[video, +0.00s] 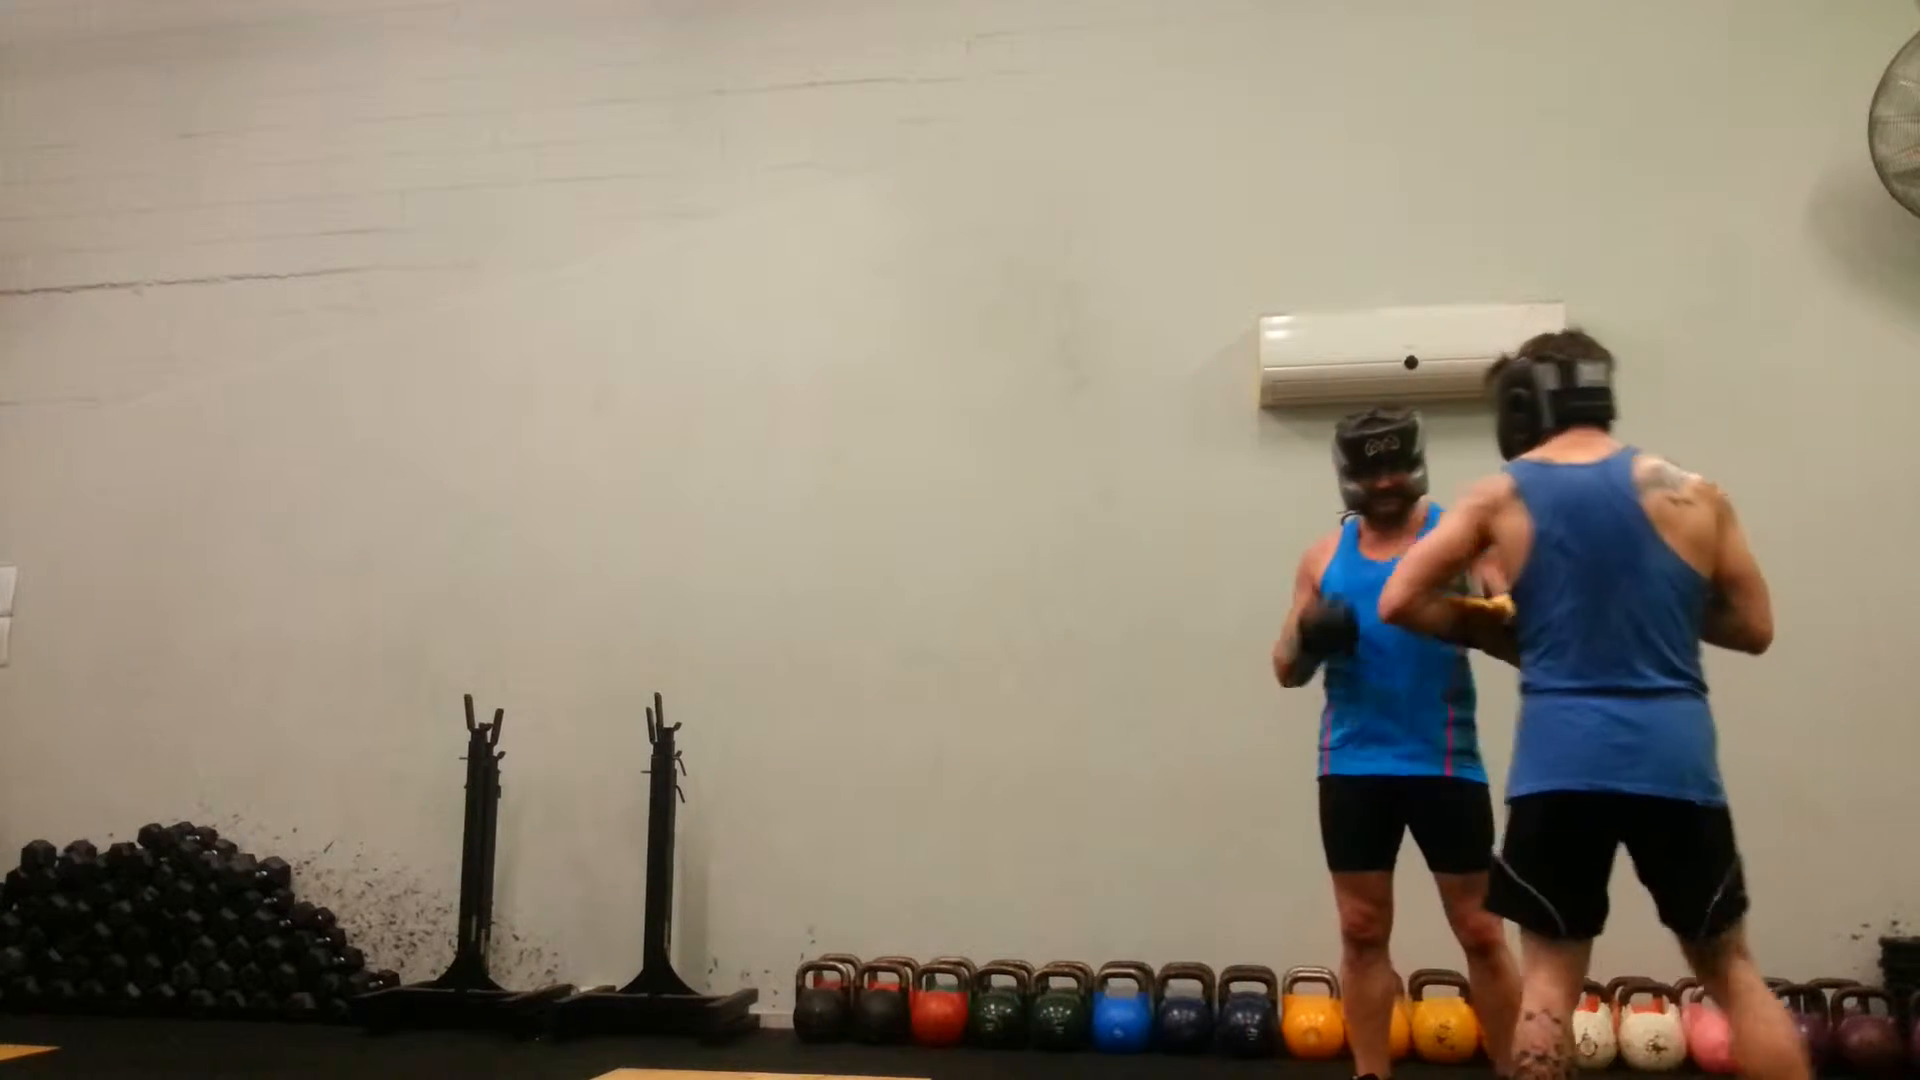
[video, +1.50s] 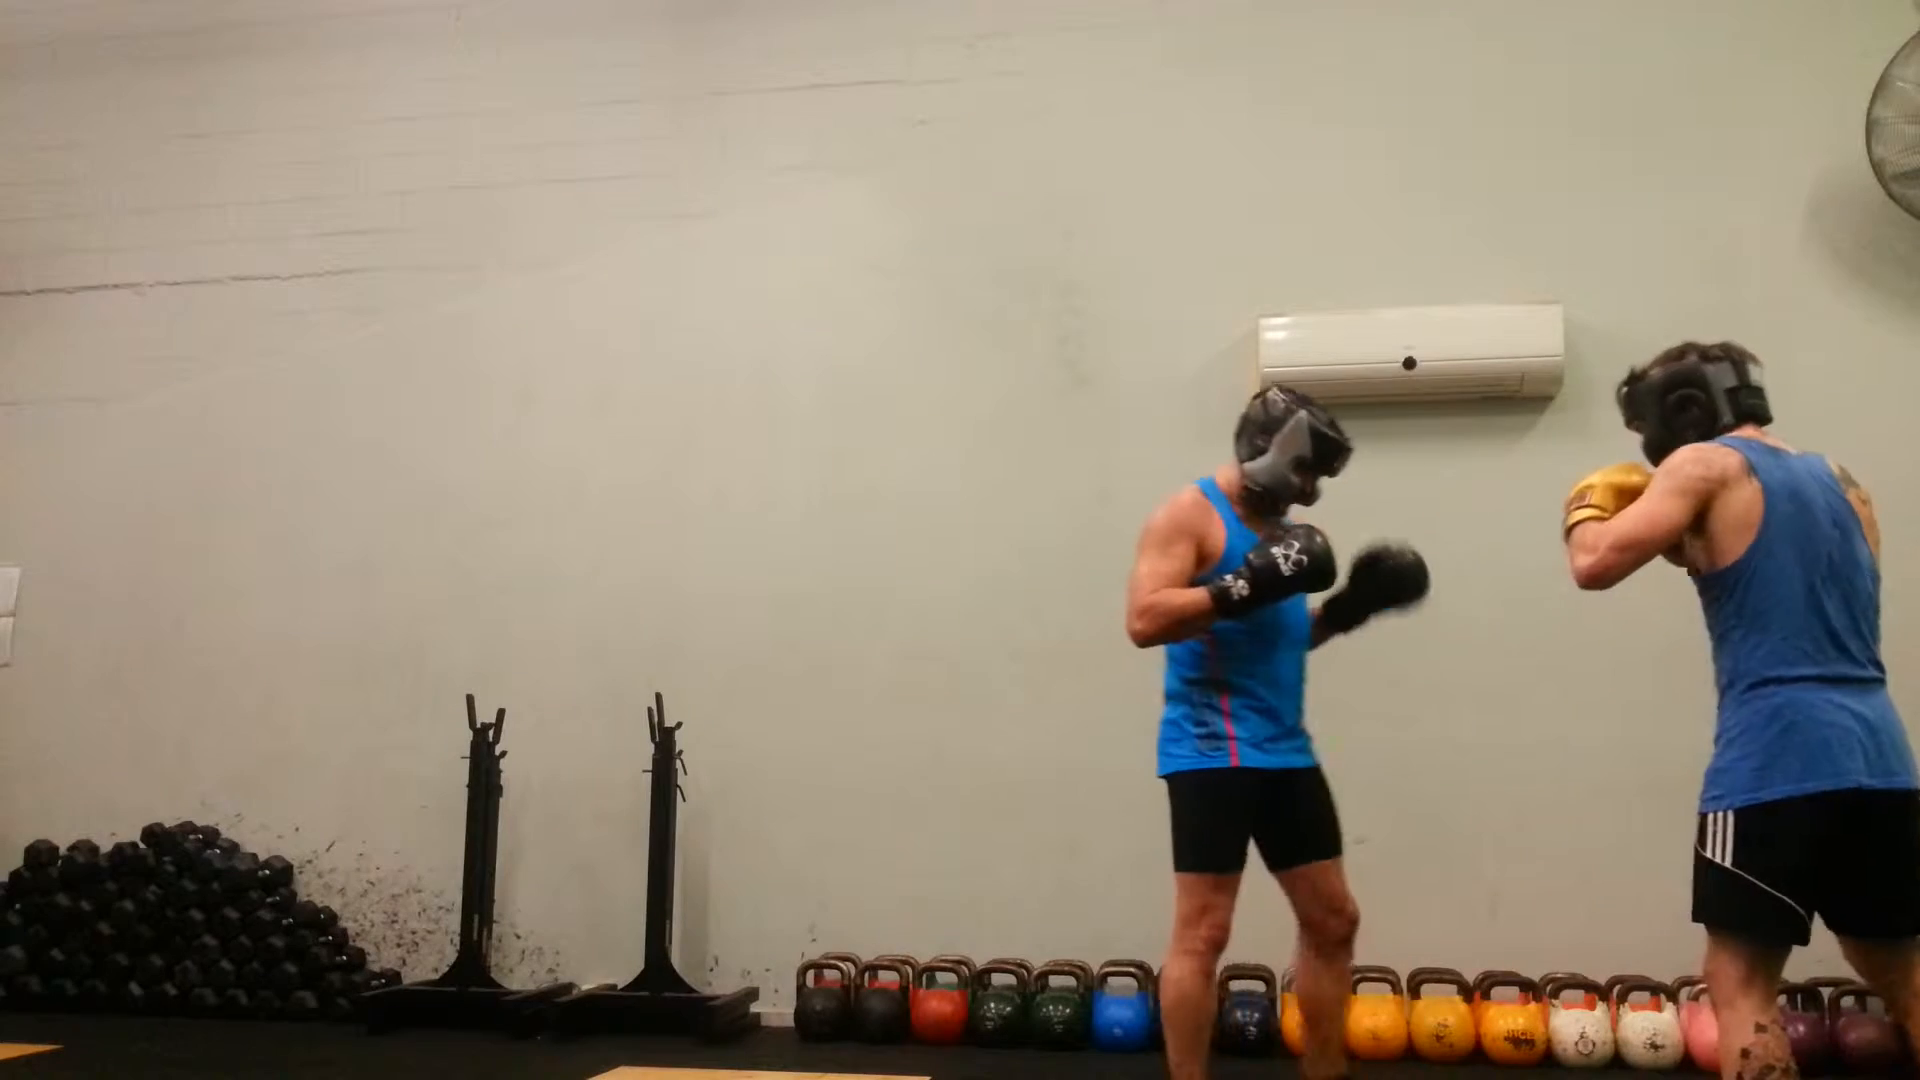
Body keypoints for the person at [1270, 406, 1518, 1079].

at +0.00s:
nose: (1385, 487)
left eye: (1397, 473)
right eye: (1370, 476)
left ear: (1418, 470)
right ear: (1347, 480)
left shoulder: (1457, 537)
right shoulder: (1324, 554)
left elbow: (1522, 632)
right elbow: (1286, 667)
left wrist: (1461, 615)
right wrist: (1310, 635)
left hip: (1446, 764)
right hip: (1354, 766)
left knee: (1481, 932)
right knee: (1362, 930)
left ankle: (1511, 1071)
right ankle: (1371, 1072)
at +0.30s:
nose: (1364, 498)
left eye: (1378, 484)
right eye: (1349, 485)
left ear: (1397, 479)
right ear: (1325, 480)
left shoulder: (1429, 543)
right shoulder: (1289, 550)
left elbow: (1482, 646)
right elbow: (1248, 657)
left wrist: (1435, 573)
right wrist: (1312, 588)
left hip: (1424, 756)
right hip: (1332, 765)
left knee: (1465, 918)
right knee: (1346, 928)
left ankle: (1489, 1064)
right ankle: (1364, 1070)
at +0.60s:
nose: (1376, 486)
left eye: (1388, 472)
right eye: (1361, 471)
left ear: (1400, 473)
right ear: (1327, 468)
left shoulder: (1424, 542)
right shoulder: (1278, 552)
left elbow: (1460, 644)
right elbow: (1241, 663)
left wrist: (1462, 614)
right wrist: (1311, 623)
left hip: (1419, 762)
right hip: (1329, 772)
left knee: (1432, 926)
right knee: (1343, 936)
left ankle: (1414, 1074)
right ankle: (1363, 1070)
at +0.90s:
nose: (1400, 469)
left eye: (1411, 457)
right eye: (1387, 454)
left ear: (1420, 467)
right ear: (1351, 452)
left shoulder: (1431, 536)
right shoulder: (1291, 532)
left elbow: (1502, 619)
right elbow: (1238, 639)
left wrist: (1513, 535)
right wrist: (1311, 592)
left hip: (1413, 764)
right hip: (1320, 765)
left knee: (1418, 929)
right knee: (1308, 933)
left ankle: (1414, 1076)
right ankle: (1312, 1067)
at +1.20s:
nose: (1380, 477)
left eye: (1385, 463)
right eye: (1369, 461)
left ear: (1374, 466)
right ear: (1324, 454)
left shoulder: (1379, 534)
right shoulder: (1249, 526)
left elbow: (1431, 635)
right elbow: (1204, 634)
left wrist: (1468, 571)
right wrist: (1292, 583)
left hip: (1367, 763)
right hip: (1277, 765)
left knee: (1385, 935)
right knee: (1255, 936)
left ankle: (1400, 1075)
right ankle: (1207, 1075)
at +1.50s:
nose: (1312, 491)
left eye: (1318, 477)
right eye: (1305, 475)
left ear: (1280, 461)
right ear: (1268, 456)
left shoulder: (1278, 526)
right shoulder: (1187, 515)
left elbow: (1282, 636)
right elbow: (1144, 621)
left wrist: (1354, 602)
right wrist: (1252, 581)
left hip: (1284, 753)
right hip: (1209, 757)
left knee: (1332, 922)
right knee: (1201, 935)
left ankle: (1325, 1072)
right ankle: (1188, 1076)